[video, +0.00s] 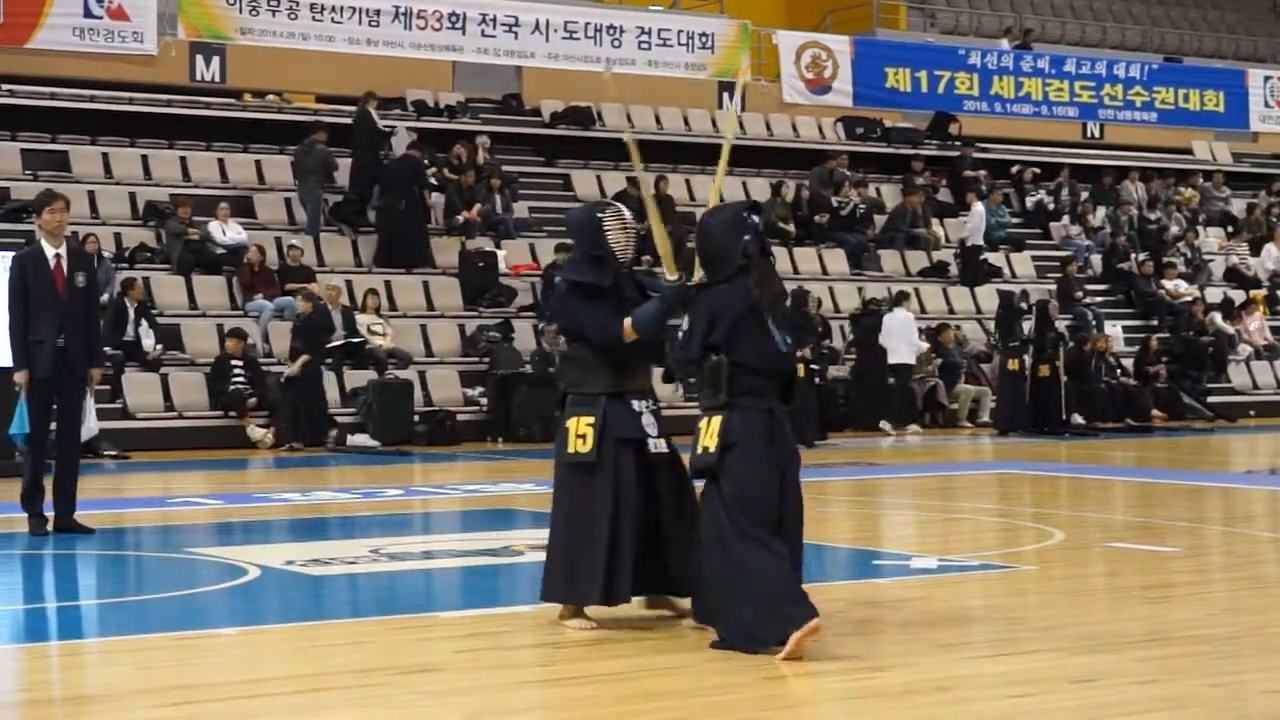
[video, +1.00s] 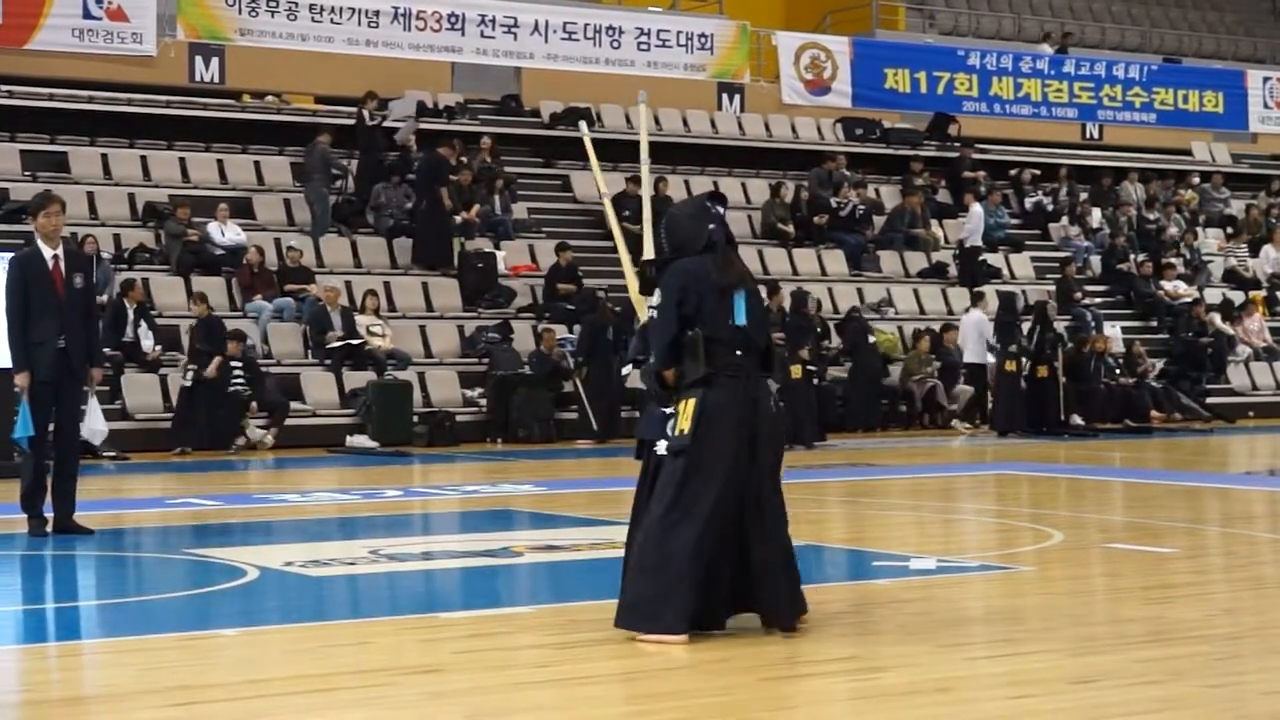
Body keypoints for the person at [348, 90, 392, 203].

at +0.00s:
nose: (375, 105)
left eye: (376, 102)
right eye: (375, 102)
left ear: (364, 100)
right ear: (370, 101)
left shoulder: (359, 112)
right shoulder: (369, 112)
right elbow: (377, 128)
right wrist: (390, 132)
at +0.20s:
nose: (375, 103)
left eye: (375, 100)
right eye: (374, 100)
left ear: (364, 99)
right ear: (369, 99)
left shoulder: (360, 112)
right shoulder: (366, 112)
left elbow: (373, 123)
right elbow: (374, 124)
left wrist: (387, 125)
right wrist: (389, 126)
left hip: (364, 147)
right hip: (369, 149)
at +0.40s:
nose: (375, 103)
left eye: (375, 101)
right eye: (374, 100)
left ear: (366, 99)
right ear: (369, 99)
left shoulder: (364, 112)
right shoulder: (364, 112)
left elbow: (371, 125)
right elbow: (370, 126)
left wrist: (385, 125)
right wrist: (386, 126)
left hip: (367, 147)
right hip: (367, 148)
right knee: (367, 171)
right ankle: (364, 196)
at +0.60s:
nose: (375, 104)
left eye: (376, 101)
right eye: (374, 101)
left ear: (367, 100)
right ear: (368, 100)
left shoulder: (366, 111)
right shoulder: (363, 112)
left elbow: (370, 123)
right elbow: (369, 125)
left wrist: (381, 121)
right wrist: (383, 122)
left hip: (369, 146)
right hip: (368, 148)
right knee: (368, 171)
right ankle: (364, 196)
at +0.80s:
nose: (375, 105)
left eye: (376, 102)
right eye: (375, 102)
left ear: (367, 101)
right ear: (369, 100)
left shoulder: (367, 112)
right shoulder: (362, 112)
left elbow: (370, 122)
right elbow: (366, 126)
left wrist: (380, 118)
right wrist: (379, 122)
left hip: (371, 147)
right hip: (366, 147)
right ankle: (363, 198)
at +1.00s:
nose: (375, 105)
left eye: (376, 103)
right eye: (375, 102)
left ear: (368, 101)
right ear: (369, 101)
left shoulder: (367, 112)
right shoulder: (363, 112)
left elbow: (372, 121)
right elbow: (368, 125)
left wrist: (383, 116)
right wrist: (382, 119)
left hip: (371, 146)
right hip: (367, 146)